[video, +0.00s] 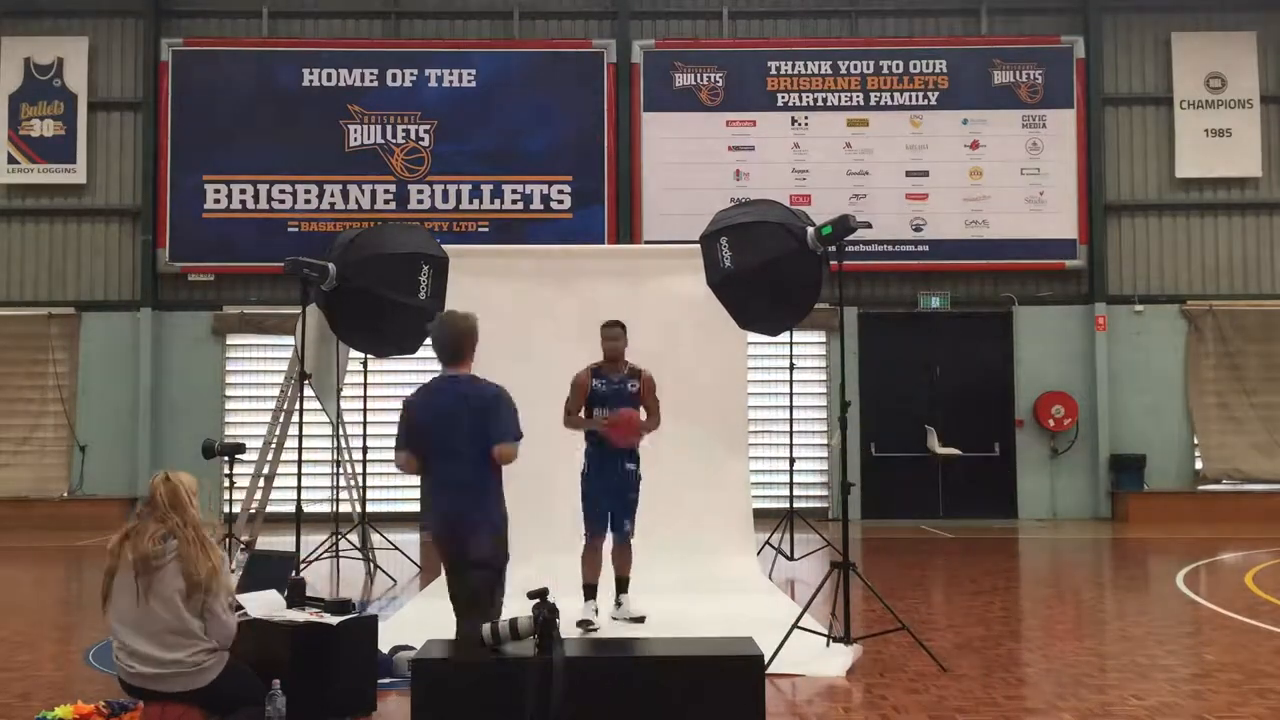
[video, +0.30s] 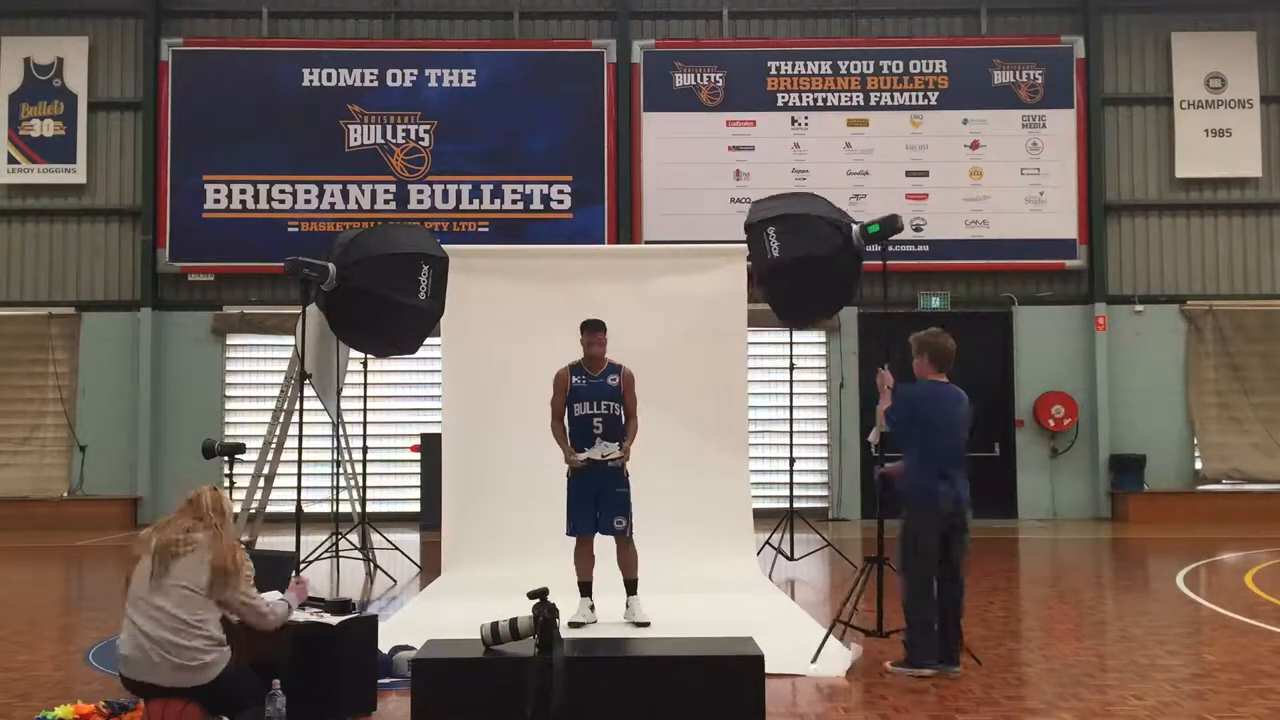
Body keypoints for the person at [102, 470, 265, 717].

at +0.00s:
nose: (198, 506)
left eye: (196, 499)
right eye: (195, 499)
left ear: (150, 502)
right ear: (190, 504)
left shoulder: (122, 546)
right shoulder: (204, 552)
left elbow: (116, 613)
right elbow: (223, 633)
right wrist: (223, 602)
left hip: (133, 680)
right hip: (194, 681)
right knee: (257, 698)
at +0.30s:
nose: (231, 524)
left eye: (231, 519)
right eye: (230, 518)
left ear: (184, 510)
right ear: (223, 518)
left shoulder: (151, 540)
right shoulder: (221, 548)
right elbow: (264, 618)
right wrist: (291, 598)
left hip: (135, 674)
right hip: (196, 675)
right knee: (257, 699)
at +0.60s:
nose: (216, 511)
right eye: (213, 507)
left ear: (164, 508)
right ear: (207, 510)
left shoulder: (134, 545)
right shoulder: (224, 547)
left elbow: (118, 592)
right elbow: (272, 610)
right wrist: (248, 661)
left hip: (139, 678)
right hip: (206, 682)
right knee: (257, 701)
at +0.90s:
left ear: (169, 507)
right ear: (215, 510)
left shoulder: (139, 545)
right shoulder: (228, 550)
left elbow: (128, 609)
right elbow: (245, 628)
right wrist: (233, 659)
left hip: (141, 680)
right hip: (207, 685)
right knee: (255, 701)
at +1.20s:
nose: (223, 514)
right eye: (220, 507)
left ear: (172, 506)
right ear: (213, 510)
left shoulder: (138, 544)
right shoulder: (224, 552)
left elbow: (131, 608)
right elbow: (238, 625)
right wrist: (246, 663)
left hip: (139, 679)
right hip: (204, 684)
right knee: (256, 696)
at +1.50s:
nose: (227, 516)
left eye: (225, 508)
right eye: (223, 509)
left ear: (176, 509)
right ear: (209, 513)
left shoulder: (139, 544)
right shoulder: (222, 553)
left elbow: (132, 610)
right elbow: (240, 627)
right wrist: (259, 671)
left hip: (139, 679)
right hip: (202, 684)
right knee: (256, 698)